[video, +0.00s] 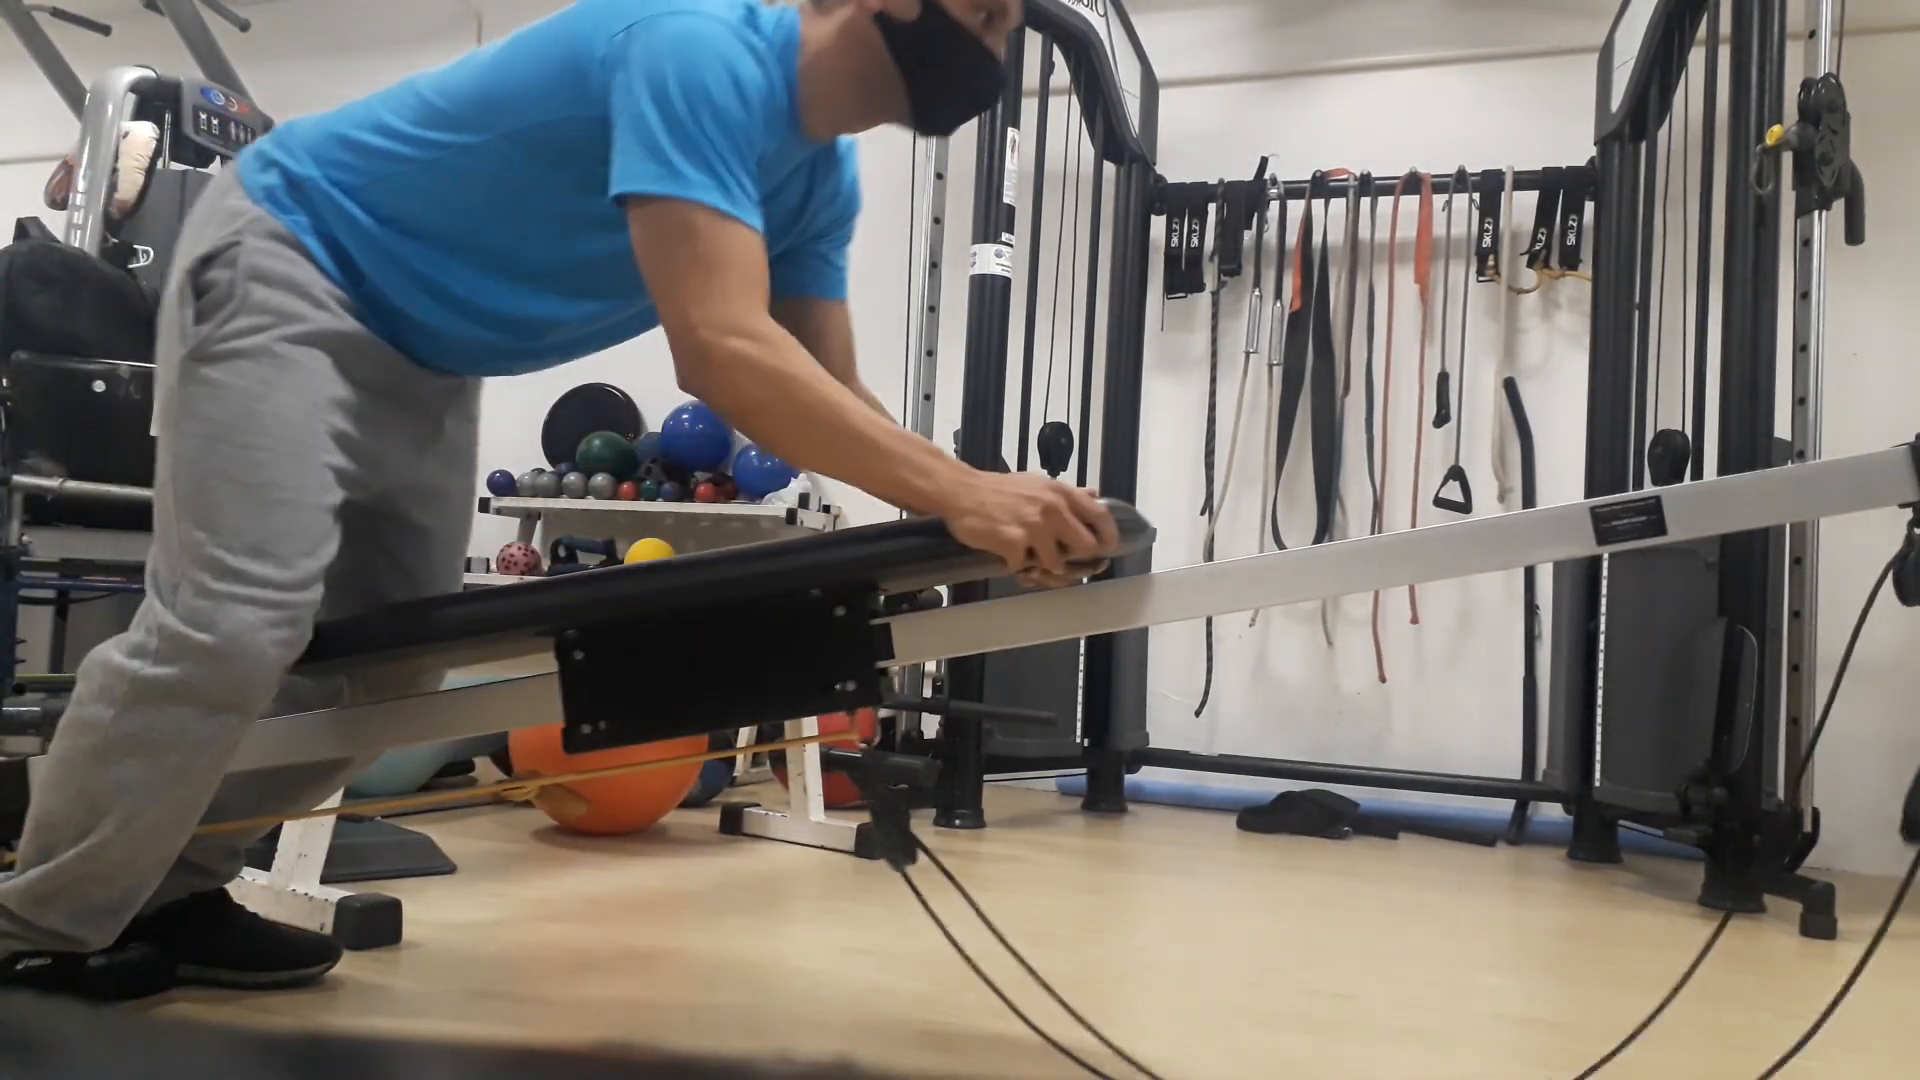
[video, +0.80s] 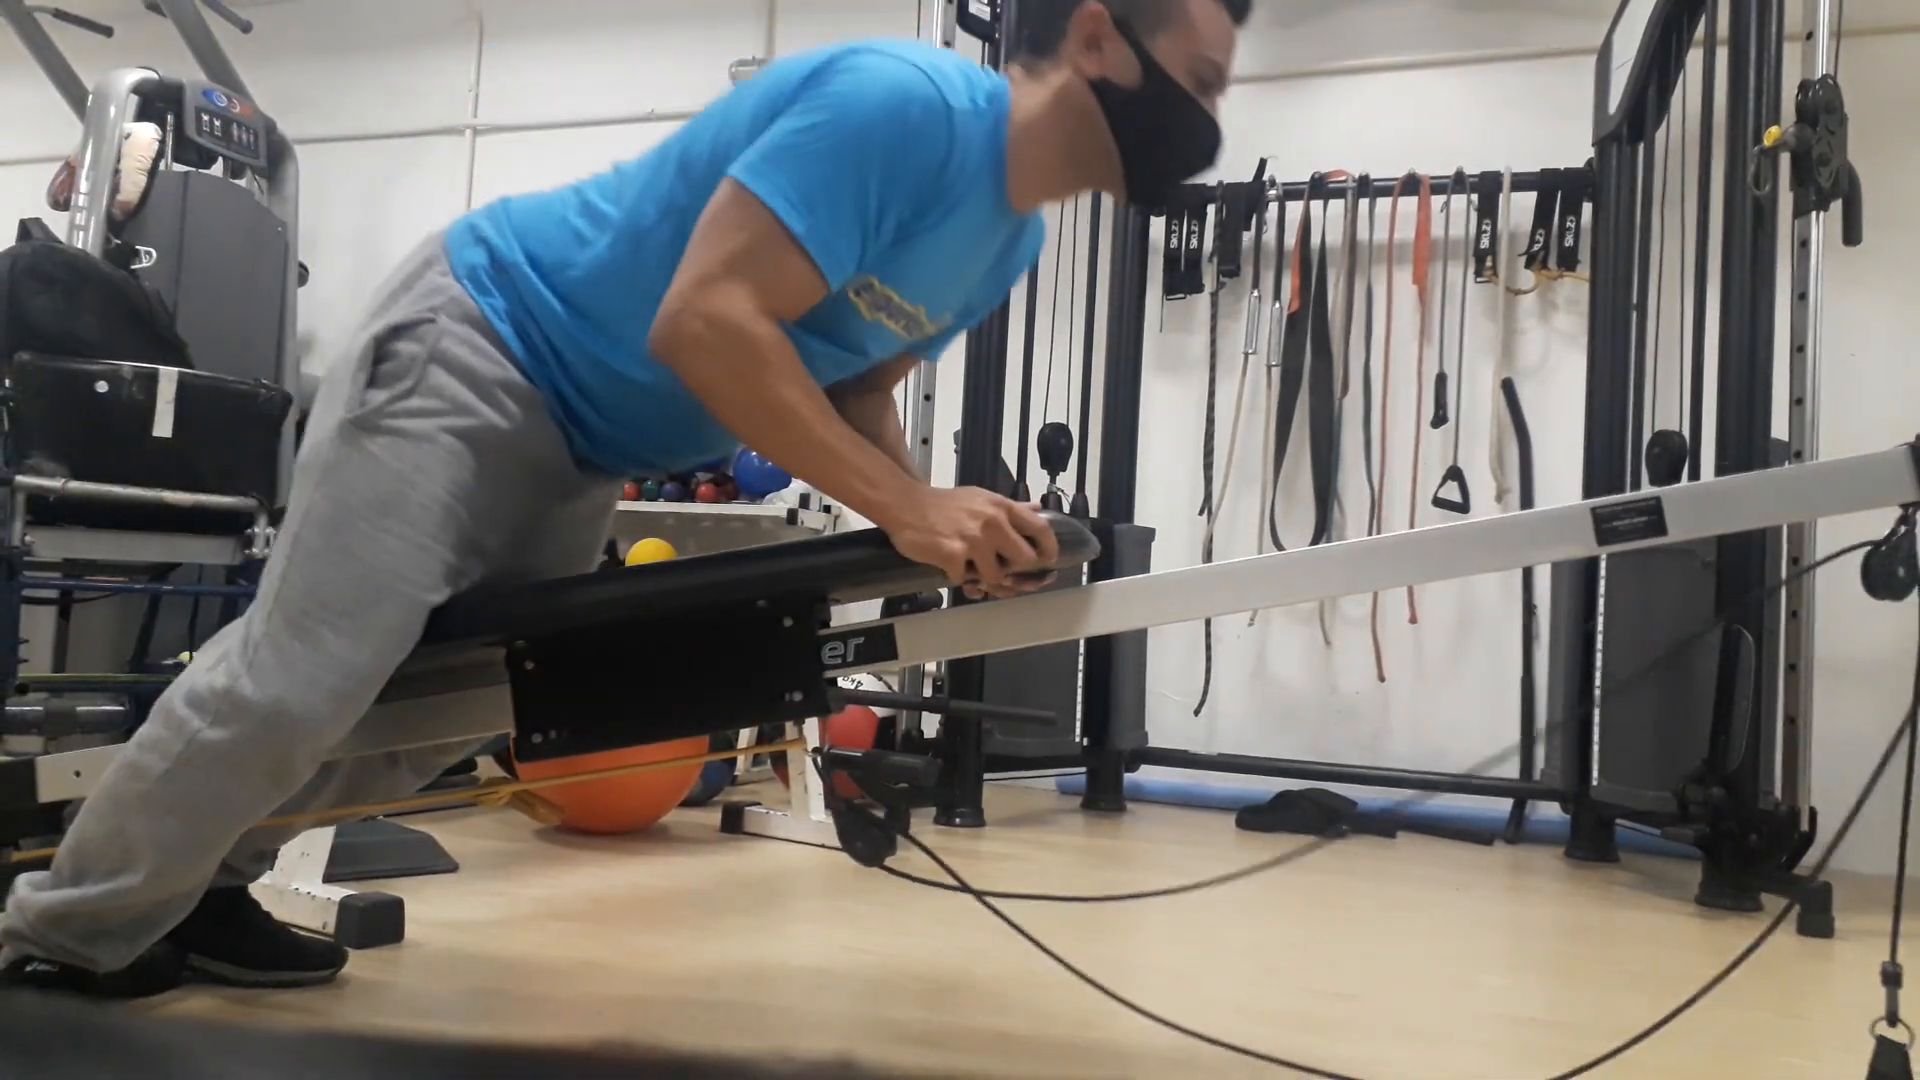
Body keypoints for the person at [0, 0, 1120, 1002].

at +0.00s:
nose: (1002, 44)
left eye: (1013, 34)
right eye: (991, 15)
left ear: (912, 36)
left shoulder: (819, 168)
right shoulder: (701, 55)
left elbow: (821, 384)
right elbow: (722, 352)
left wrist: (975, 496)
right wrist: (956, 492)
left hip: (426, 349)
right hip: (287, 253)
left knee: (391, 664)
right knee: (233, 627)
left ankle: (168, 883)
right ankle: (39, 926)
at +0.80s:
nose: (1207, 126)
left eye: (1221, 100)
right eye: (1193, 84)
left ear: (1133, 82)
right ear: (1097, 40)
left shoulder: (1010, 233)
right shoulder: (902, 105)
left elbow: (847, 392)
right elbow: (703, 324)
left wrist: (935, 522)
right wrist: (905, 504)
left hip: (589, 459)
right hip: (482, 342)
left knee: (444, 727)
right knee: (301, 684)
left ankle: (201, 877)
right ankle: (50, 946)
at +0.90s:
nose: (1220, 164)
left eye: (1236, 136)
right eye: (1214, 119)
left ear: (1136, 101)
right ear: (1120, 71)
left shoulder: (1018, 266)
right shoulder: (926, 132)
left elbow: (851, 397)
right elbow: (706, 323)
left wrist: (936, 518)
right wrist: (905, 507)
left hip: (599, 465)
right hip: (493, 353)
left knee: (455, 716)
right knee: (309, 693)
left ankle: (206, 884)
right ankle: (58, 950)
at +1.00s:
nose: (1254, 206)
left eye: (1266, 177)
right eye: (1242, 163)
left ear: (1163, 140)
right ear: (1137, 115)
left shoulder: (1028, 285)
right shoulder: (951, 155)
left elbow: (851, 398)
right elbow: (708, 322)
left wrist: (945, 516)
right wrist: (905, 507)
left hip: (602, 470)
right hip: (503, 366)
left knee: (472, 722)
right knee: (306, 709)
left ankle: (210, 876)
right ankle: (60, 952)